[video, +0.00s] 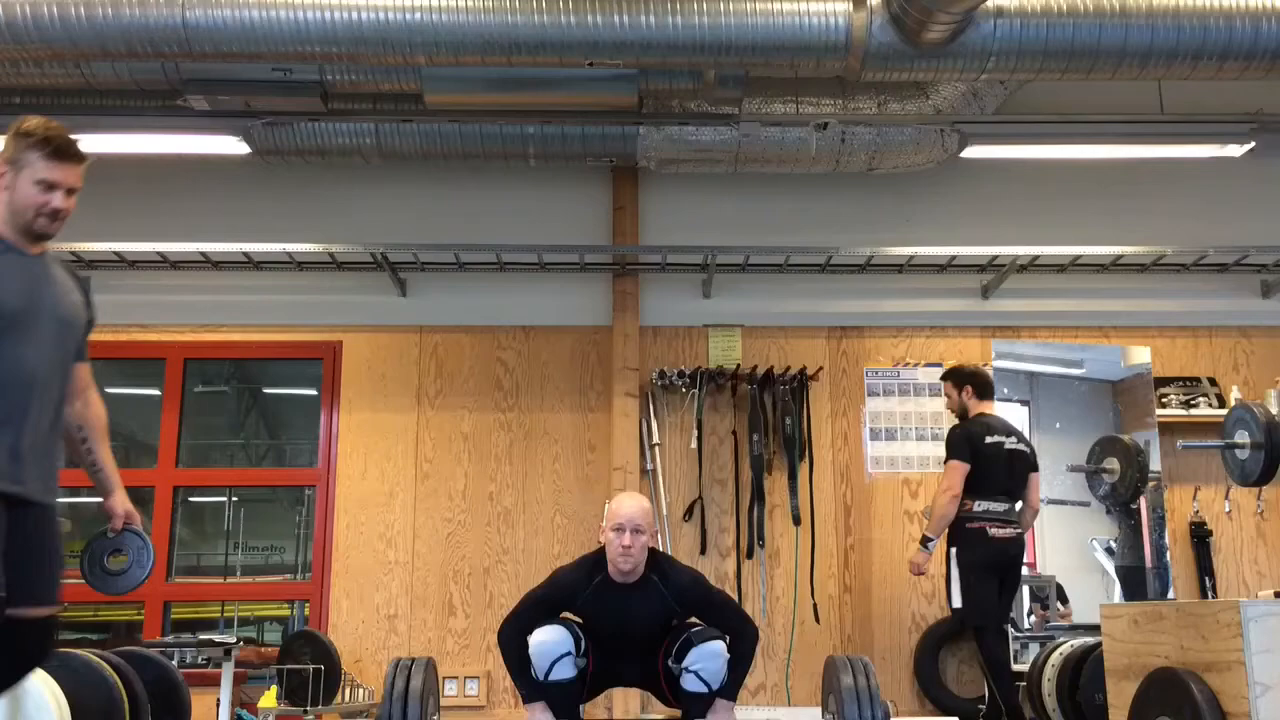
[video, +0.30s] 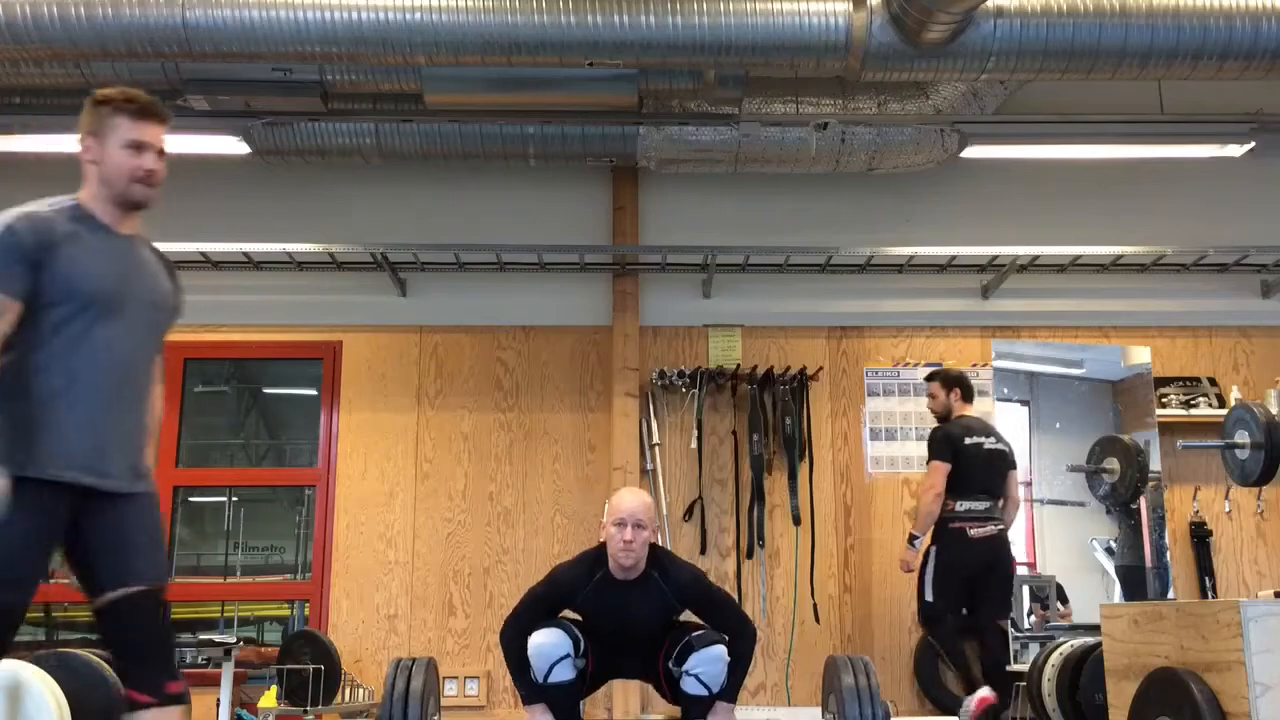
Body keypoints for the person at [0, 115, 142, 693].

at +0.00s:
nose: (59, 204)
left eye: (70, 192)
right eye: (45, 186)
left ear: (78, 196)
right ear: (6, 179)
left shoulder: (68, 289)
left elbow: (79, 395)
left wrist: (114, 492)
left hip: (32, 498)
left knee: (29, 646)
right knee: (14, 647)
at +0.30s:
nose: (153, 164)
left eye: (160, 153)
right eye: (136, 148)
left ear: (165, 162)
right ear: (89, 151)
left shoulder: (160, 274)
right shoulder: (30, 234)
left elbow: (151, 385)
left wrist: (144, 476)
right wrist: (1, 473)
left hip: (121, 488)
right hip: (27, 479)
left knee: (152, 670)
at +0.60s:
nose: (298, 149)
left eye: (306, 138)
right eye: (281, 132)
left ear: (310, 147)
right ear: (235, 132)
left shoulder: (299, 261)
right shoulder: (173, 214)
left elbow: (282, 368)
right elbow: (112, 317)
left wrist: (289, 447)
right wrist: (111, 406)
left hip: (271, 473)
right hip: (176, 463)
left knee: (269, 650)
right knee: (159, 636)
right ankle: (82, 705)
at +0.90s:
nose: (430, 121)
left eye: (438, 110)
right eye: (414, 103)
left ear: (441, 120)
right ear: (362, 101)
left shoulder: (420, 238)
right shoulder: (305, 190)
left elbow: (431, 366)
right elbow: (240, 319)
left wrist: (499, 459)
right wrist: (229, 447)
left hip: (383, 458)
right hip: (314, 442)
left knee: (306, 653)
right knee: (381, 612)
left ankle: (282, 714)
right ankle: (385, 714)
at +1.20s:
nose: (573, 67)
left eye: (578, 55)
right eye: (554, 49)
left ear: (579, 68)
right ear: (496, 52)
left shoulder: (550, 180)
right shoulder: (454, 148)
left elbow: (568, 332)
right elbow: (397, 294)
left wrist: (626, 433)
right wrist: (390, 436)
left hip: (550, 436)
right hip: (484, 428)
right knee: (543, 628)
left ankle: (454, 699)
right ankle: (450, 703)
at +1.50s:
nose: (729, 45)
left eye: (732, 29)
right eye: (709, 25)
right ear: (650, 31)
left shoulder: (709, 160)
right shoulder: (604, 122)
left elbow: (688, 298)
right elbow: (574, 267)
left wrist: (714, 414)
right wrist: (618, 373)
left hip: (710, 443)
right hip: (619, 437)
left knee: (788, 647)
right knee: (577, 652)